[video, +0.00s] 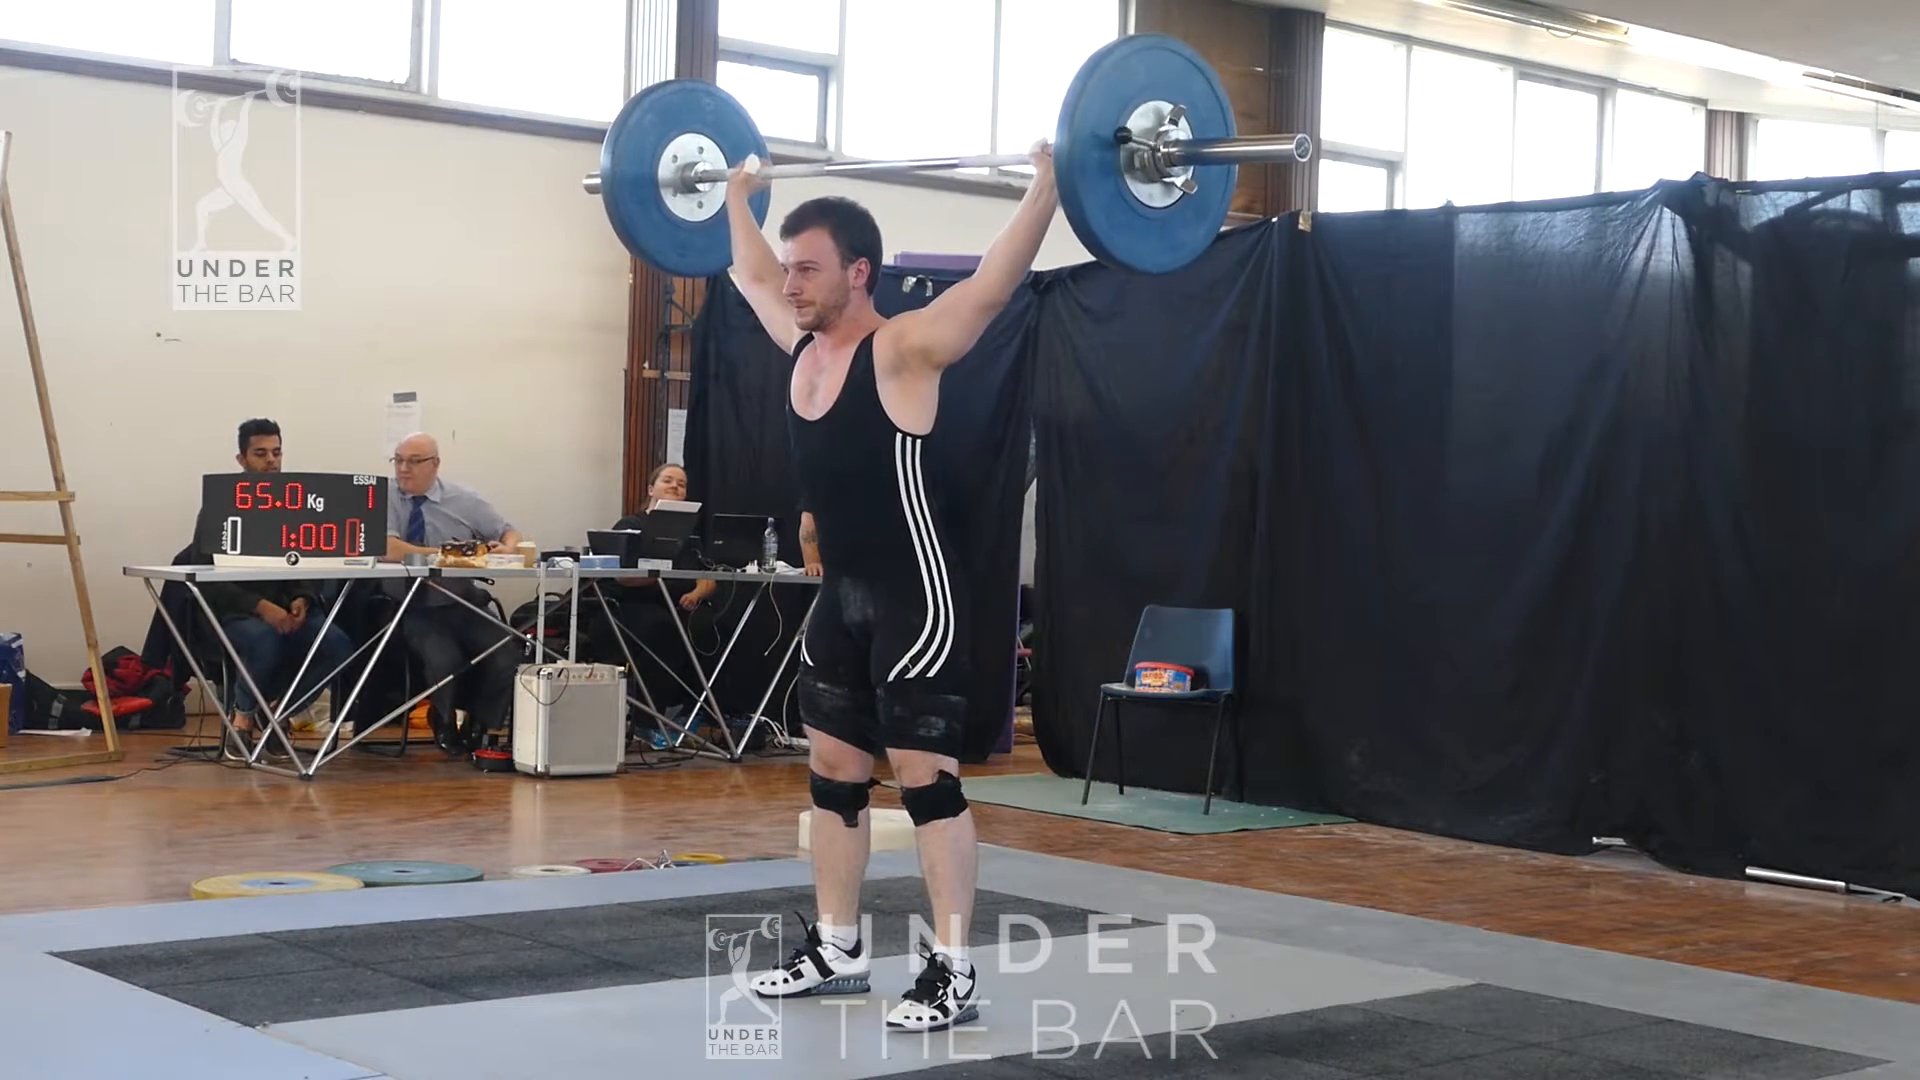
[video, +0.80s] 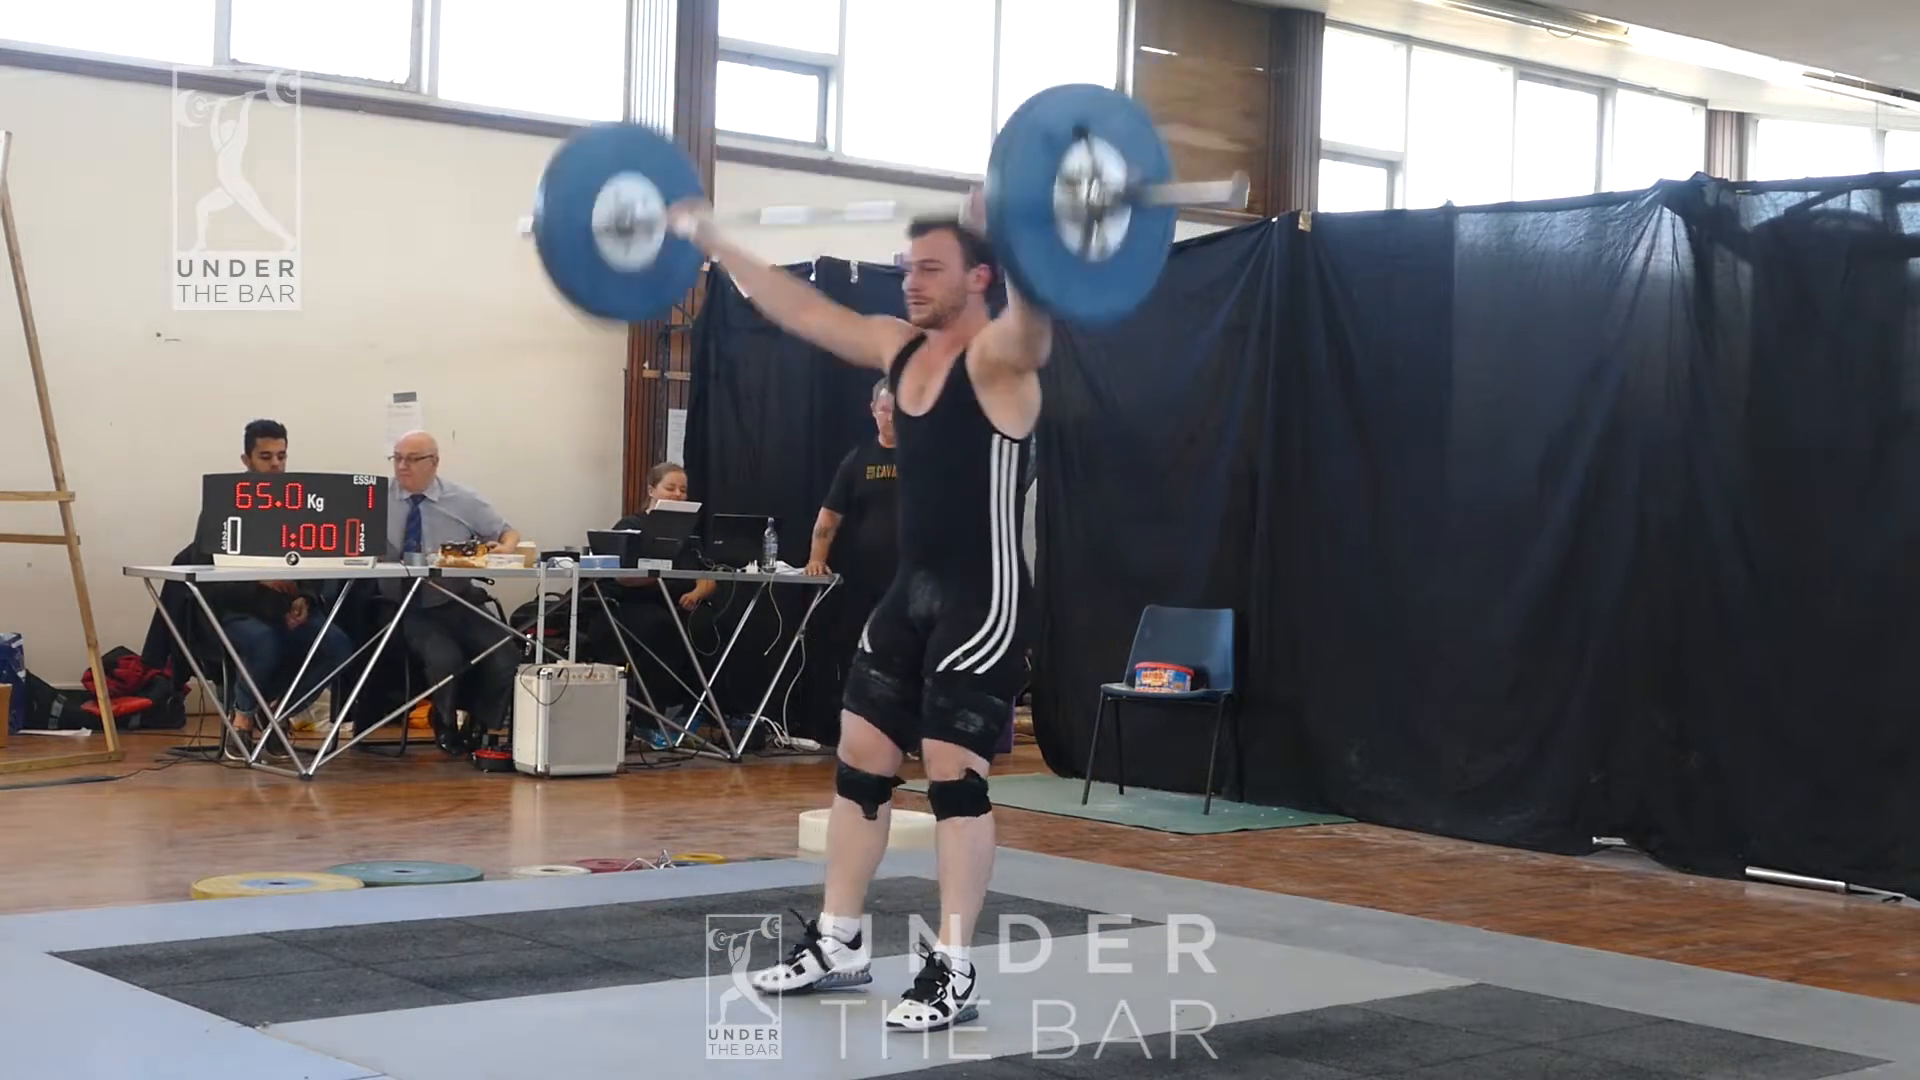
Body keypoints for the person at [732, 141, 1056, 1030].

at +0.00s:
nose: (793, 283)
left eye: (808, 268)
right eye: (789, 270)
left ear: (859, 273)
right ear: (792, 274)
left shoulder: (906, 345)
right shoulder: (807, 348)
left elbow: (989, 284)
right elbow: (755, 276)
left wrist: (1043, 192)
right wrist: (737, 194)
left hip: (919, 596)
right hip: (841, 596)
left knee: (922, 773)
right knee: (835, 767)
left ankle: (950, 969)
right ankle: (838, 951)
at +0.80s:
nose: (913, 282)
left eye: (930, 269)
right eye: (909, 270)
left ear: (980, 275)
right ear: (911, 277)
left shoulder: (1001, 351)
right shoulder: (902, 345)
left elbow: (1029, 323)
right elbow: (799, 305)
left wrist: (1031, 243)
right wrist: (706, 233)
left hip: (985, 601)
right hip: (910, 594)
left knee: (953, 767)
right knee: (863, 756)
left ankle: (952, 969)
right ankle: (838, 947)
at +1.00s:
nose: (959, 289)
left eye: (977, 276)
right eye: (957, 276)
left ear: (1024, 289)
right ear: (959, 287)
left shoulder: (1046, 386)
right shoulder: (934, 385)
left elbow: (1088, 498)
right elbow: (846, 448)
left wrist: (1060, 557)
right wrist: (734, 482)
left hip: (1008, 601)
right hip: (937, 593)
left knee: (966, 768)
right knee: (880, 763)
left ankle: (955, 972)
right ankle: (947, 906)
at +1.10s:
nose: (968, 298)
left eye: (986, 285)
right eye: (965, 286)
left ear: (1033, 299)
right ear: (967, 297)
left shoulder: (1058, 402)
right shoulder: (952, 396)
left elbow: (1094, 517)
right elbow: (906, 508)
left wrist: (1084, 624)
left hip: (1013, 633)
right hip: (937, 624)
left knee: (975, 789)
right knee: (913, 784)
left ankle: (957, 962)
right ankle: (1004, 909)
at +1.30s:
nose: (981, 298)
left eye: (998, 285)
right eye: (978, 285)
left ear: (1044, 295)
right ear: (980, 295)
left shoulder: (1084, 393)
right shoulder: (970, 394)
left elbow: (1135, 498)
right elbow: (958, 512)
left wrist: (1149, 610)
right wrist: (944, 614)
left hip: (1056, 620)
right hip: (981, 612)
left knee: (972, 757)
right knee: (972, 763)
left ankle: (992, 938)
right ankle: (1010, 920)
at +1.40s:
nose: (991, 301)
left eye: (1006, 287)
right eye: (986, 288)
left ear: (1053, 290)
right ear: (987, 294)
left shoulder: (1092, 380)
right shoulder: (981, 389)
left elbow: (1160, 473)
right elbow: (971, 494)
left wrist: (1146, 584)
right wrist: (957, 590)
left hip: (1071, 614)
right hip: (994, 612)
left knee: (1056, 766)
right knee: (984, 762)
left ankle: (1061, 938)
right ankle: (1002, 930)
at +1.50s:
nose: (1002, 313)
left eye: (1016, 299)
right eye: (996, 300)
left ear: (1061, 296)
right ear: (995, 303)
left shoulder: (1106, 380)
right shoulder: (998, 390)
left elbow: (1185, 468)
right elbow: (996, 496)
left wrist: (1168, 583)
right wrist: (1002, 578)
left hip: (1095, 606)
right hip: (1017, 603)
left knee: (1081, 761)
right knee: (1003, 756)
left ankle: (1127, 923)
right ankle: (1005, 927)